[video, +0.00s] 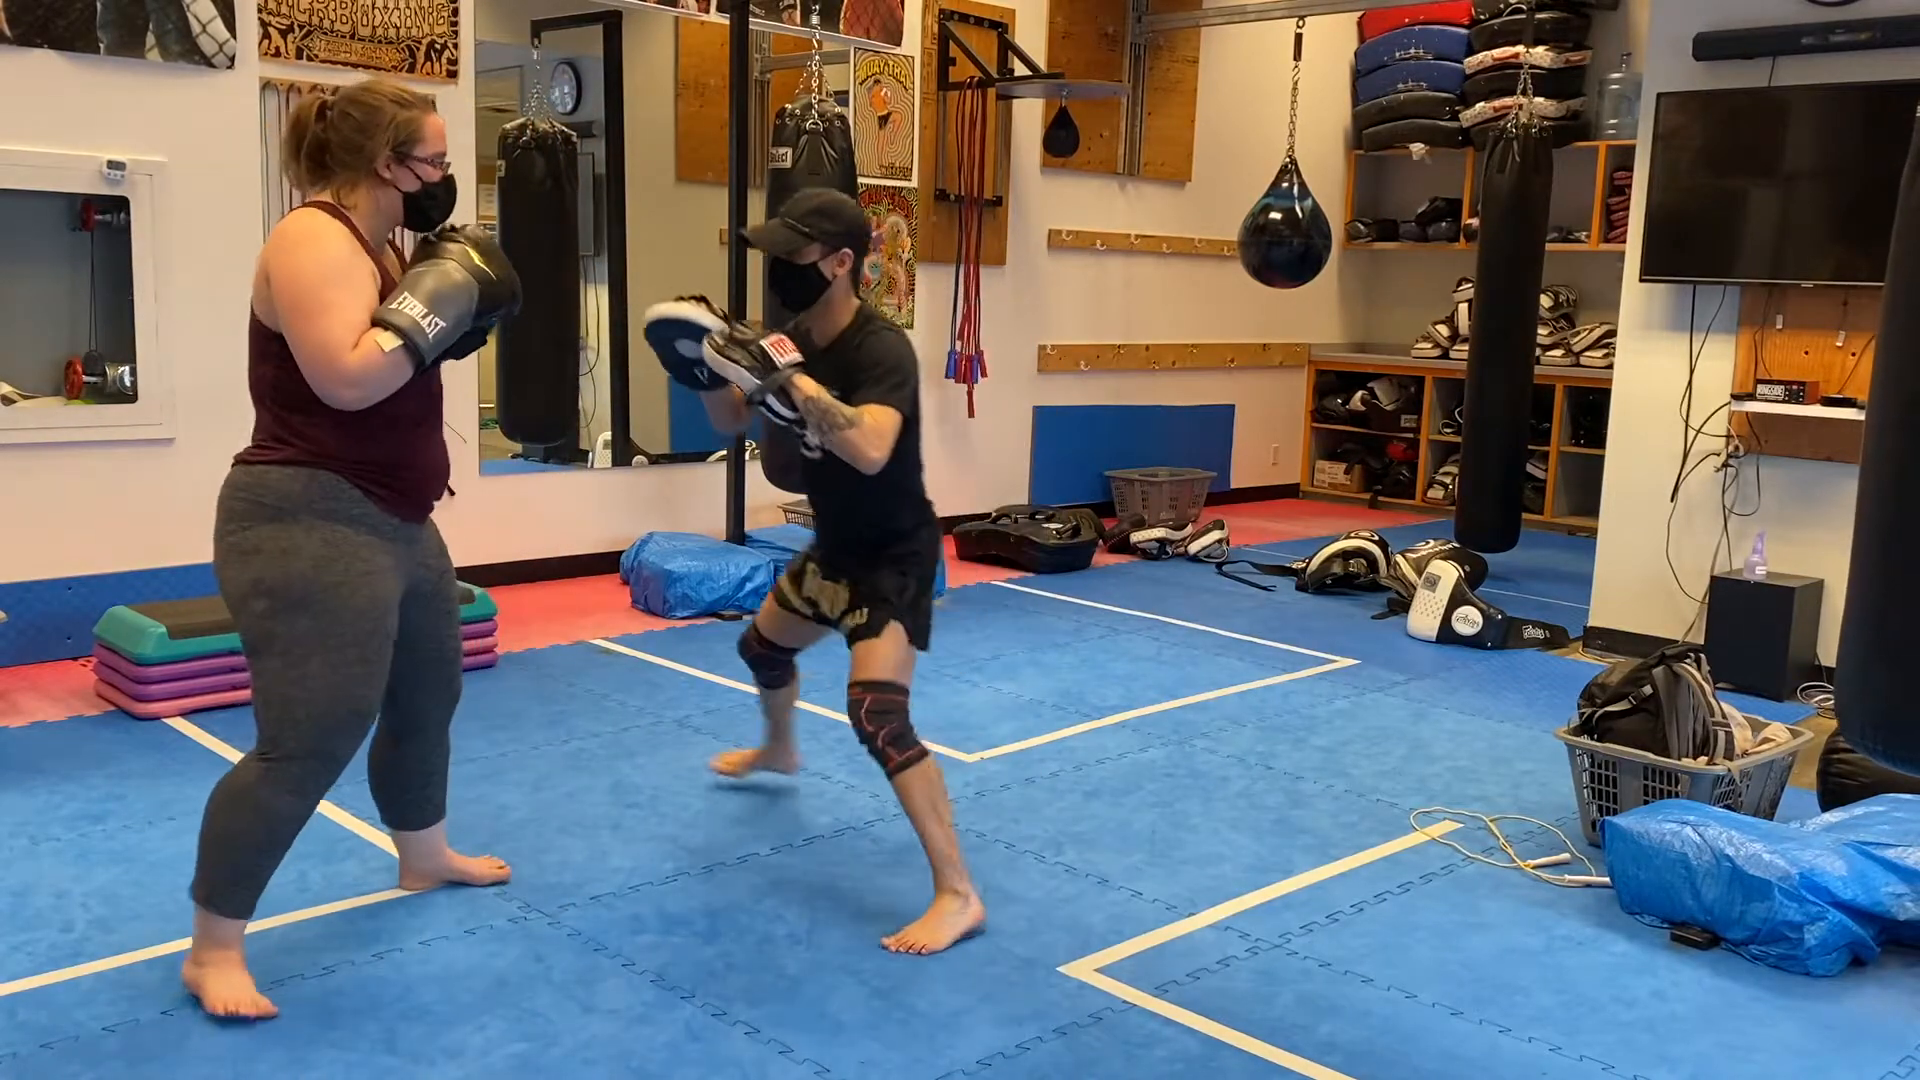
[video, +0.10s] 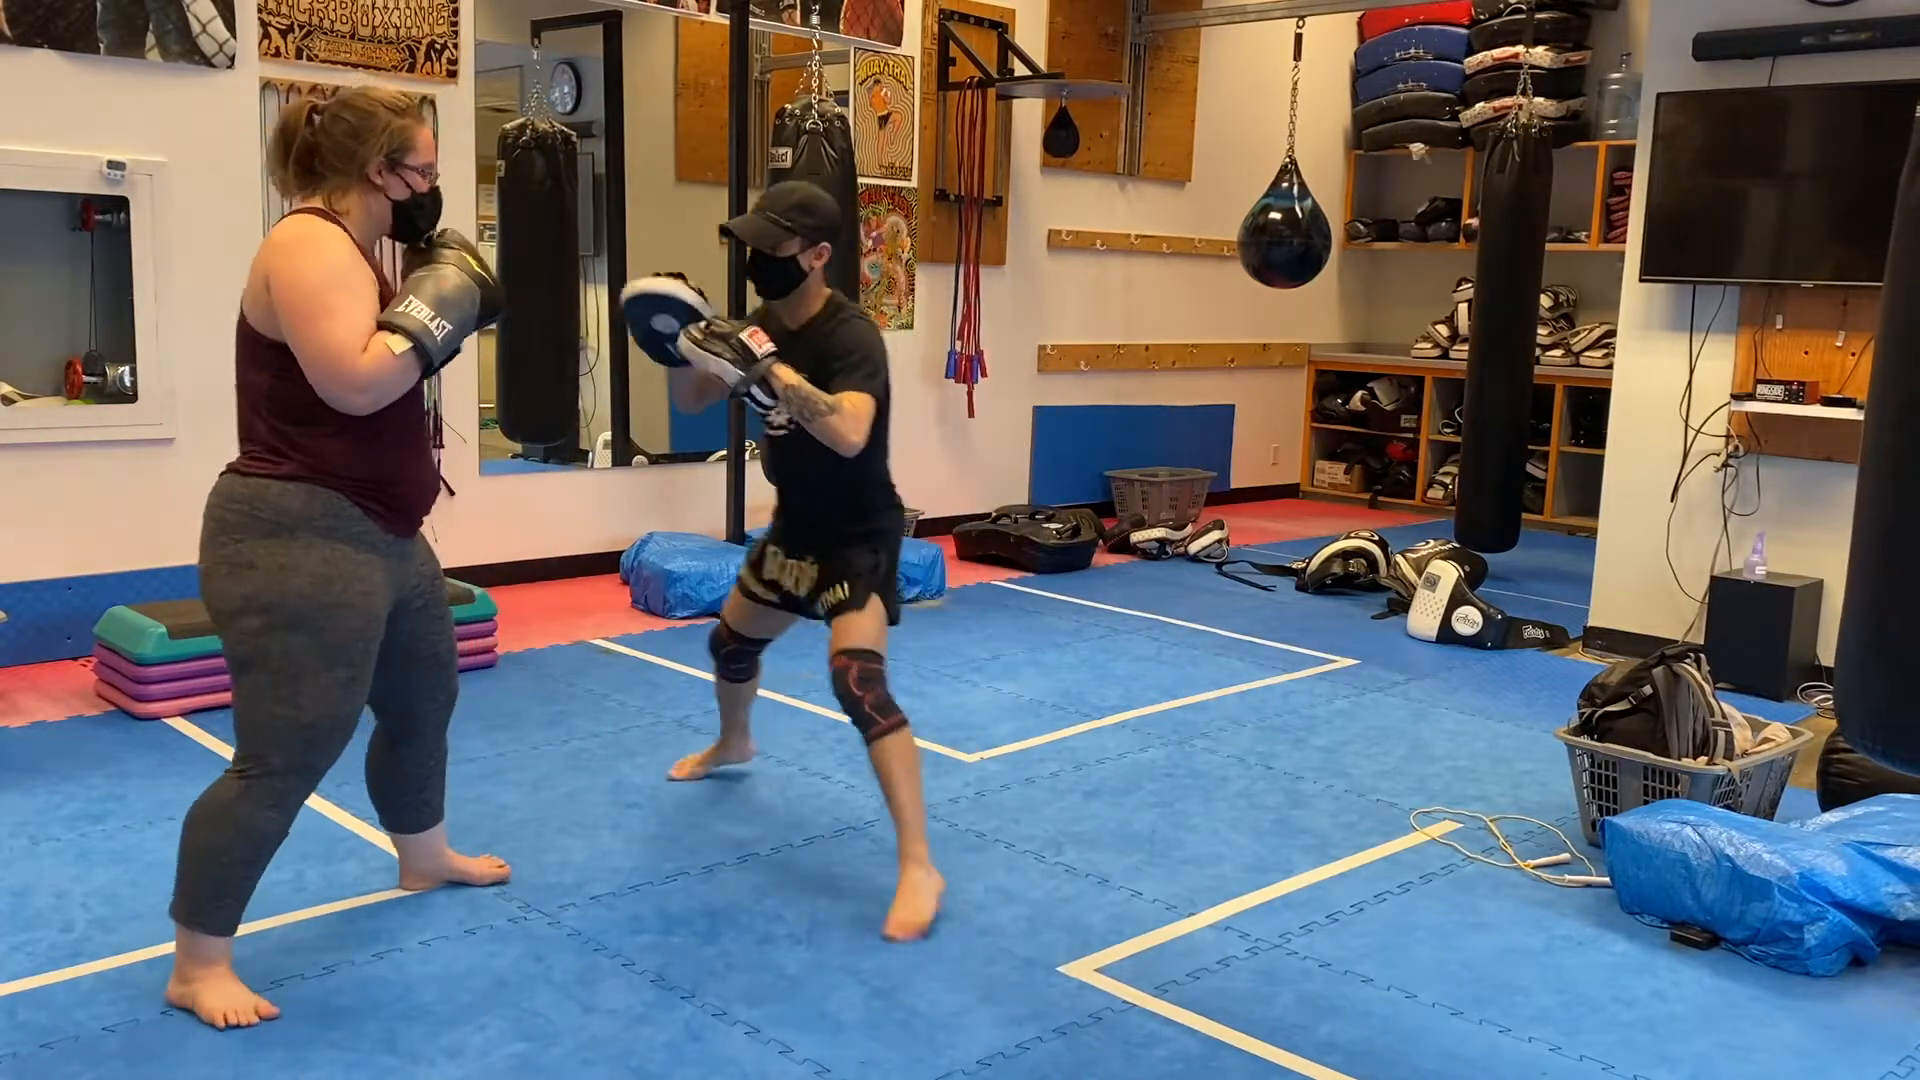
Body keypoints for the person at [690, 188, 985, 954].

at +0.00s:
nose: (775, 270)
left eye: (790, 257)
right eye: (776, 256)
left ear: (842, 262)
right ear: (821, 263)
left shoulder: (884, 349)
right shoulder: (792, 338)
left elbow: (871, 449)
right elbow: (729, 421)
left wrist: (799, 386)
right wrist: (713, 363)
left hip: (896, 548)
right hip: (834, 542)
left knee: (878, 713)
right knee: (766, 647)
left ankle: (958, 893)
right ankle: (780, 751)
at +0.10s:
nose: (757, 260)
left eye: (771, 249)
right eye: (756, 247)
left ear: (817, 254)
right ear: (791, 252)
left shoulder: (854, 337)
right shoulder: (764, 325)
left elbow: (849, 433)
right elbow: (691, 399)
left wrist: (774, 376)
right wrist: (699, 349)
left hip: (862, 526)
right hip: (796, 520)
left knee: (857, 676)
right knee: (733, 645)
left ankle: (917, 863)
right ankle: (735, 744)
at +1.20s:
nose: (768, 261)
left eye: (783, 249)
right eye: (759, 246)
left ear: (816, 254)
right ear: (746, 248)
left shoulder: (848, 329)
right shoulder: (730, 322)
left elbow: (925, 429)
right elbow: (688, 398)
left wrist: (884, 392)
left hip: (830, 519)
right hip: (747, 519)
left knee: (828, 660)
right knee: (724, 663)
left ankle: (852, 817)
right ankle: (706, 812)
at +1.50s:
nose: (761, 271)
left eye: (777, 261)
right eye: (754, 257)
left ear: (811, 264)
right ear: (740, 253)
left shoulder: (840, 339)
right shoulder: (720, 317)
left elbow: (889, 454)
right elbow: (675, 395)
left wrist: (843, 399)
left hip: (805, 518)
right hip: (718, 511)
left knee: (815, 666)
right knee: (656, 624)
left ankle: (851, 812)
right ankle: (635, 741)